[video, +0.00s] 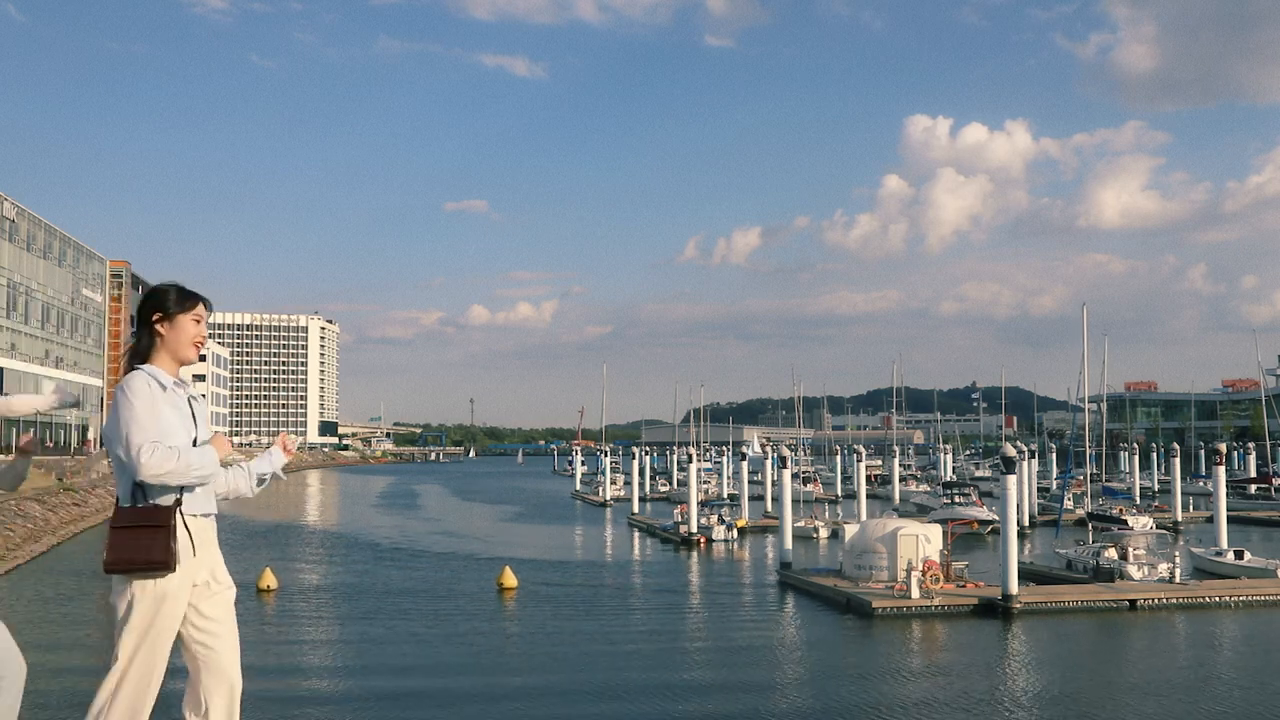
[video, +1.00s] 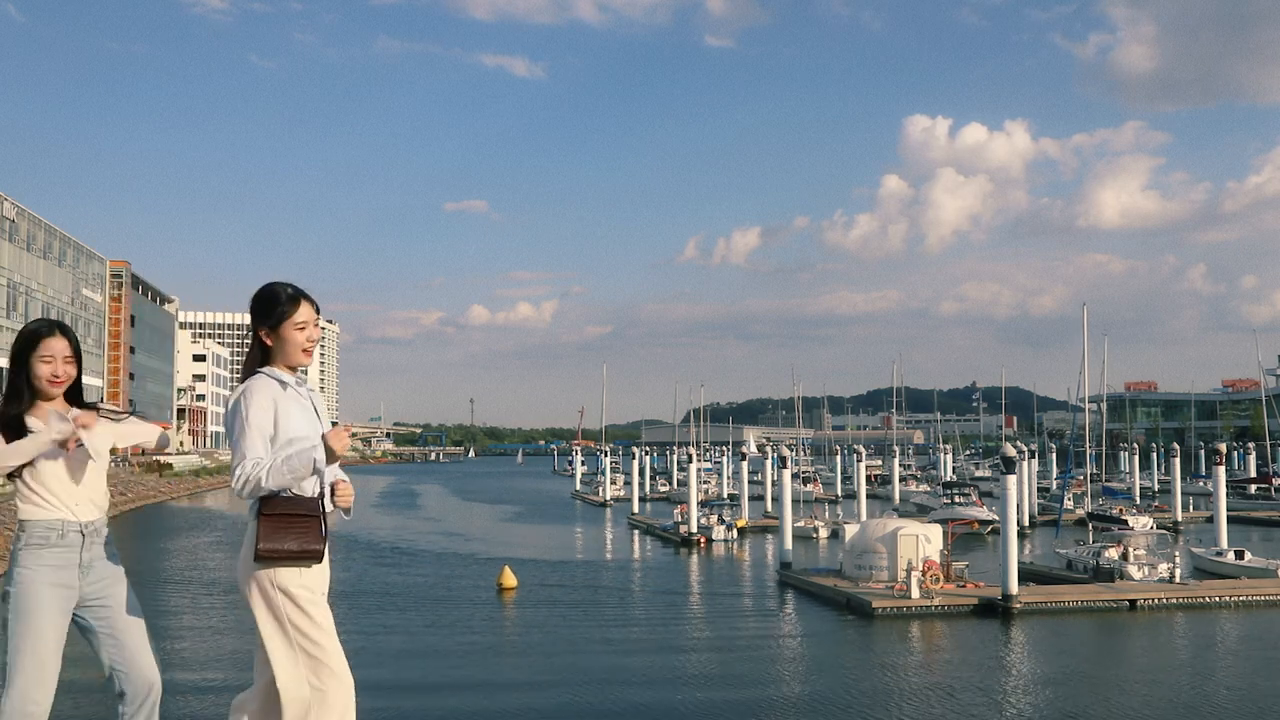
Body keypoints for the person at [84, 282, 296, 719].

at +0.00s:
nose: (204, 334)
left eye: (205, 325)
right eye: (196, 322)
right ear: (161, 325)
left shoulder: (190, 397)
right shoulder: (136, 387)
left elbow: (210, 482)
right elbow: (148, 463)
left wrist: (269, 461)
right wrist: (210, 454)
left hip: (203, 537)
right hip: (157, 537)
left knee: (220, 680)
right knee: (134, 682)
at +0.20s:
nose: (230, 344)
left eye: (231, 333)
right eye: (221, 332)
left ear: (196, 339)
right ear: (187, 337)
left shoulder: (213, 405)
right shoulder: (165, 401)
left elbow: (233, 495)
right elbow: (172, 495)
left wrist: (294, 545)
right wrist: (248, 538)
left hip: (232, 560)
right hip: (190, 561)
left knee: (250, 699)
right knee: (192, 701)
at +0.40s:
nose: (252, 342)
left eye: (252, 332)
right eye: (241, 332)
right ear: (206, 340)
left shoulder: (231, 398)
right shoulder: (202, 397)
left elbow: (255, 483)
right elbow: (195, 487)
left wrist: (293, 525)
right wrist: (269, 499)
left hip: (236, 561)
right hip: (212, 566)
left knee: (245, 683)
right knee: (295, 671)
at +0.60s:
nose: (272, 336)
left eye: (274, 326)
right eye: (261, 327)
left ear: (274, 327)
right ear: (227, 334)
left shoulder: (260, 383)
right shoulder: (224, 383)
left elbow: (259, 461)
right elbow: (213, 471)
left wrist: (291, 469)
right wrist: (258, 437)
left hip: (260, 548)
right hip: (240, 552)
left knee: (247, 687)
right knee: (310, 681)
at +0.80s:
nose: (294, 349)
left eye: (294, 339)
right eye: (281, 342)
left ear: (296, 340)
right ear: (248, 352)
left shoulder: (282, 405)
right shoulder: (244, 406)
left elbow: (275, 486)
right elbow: (226, 492)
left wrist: (308, 504)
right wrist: (299, 477)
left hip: (285, 555)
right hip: (258, 561)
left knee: (277, 695)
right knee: (333, 685)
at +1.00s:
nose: (313, 336)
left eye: (315, 325)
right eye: (301, 326)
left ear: (316, 329)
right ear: (268, 335)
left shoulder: (305, 392)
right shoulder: (257, 391)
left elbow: (312, 468)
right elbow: (246, 478)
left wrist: (340, 488)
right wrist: (321, 450)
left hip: (310, 543)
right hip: (277, 546)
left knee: (280, 683)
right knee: (332, 685)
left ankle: (246, 713)